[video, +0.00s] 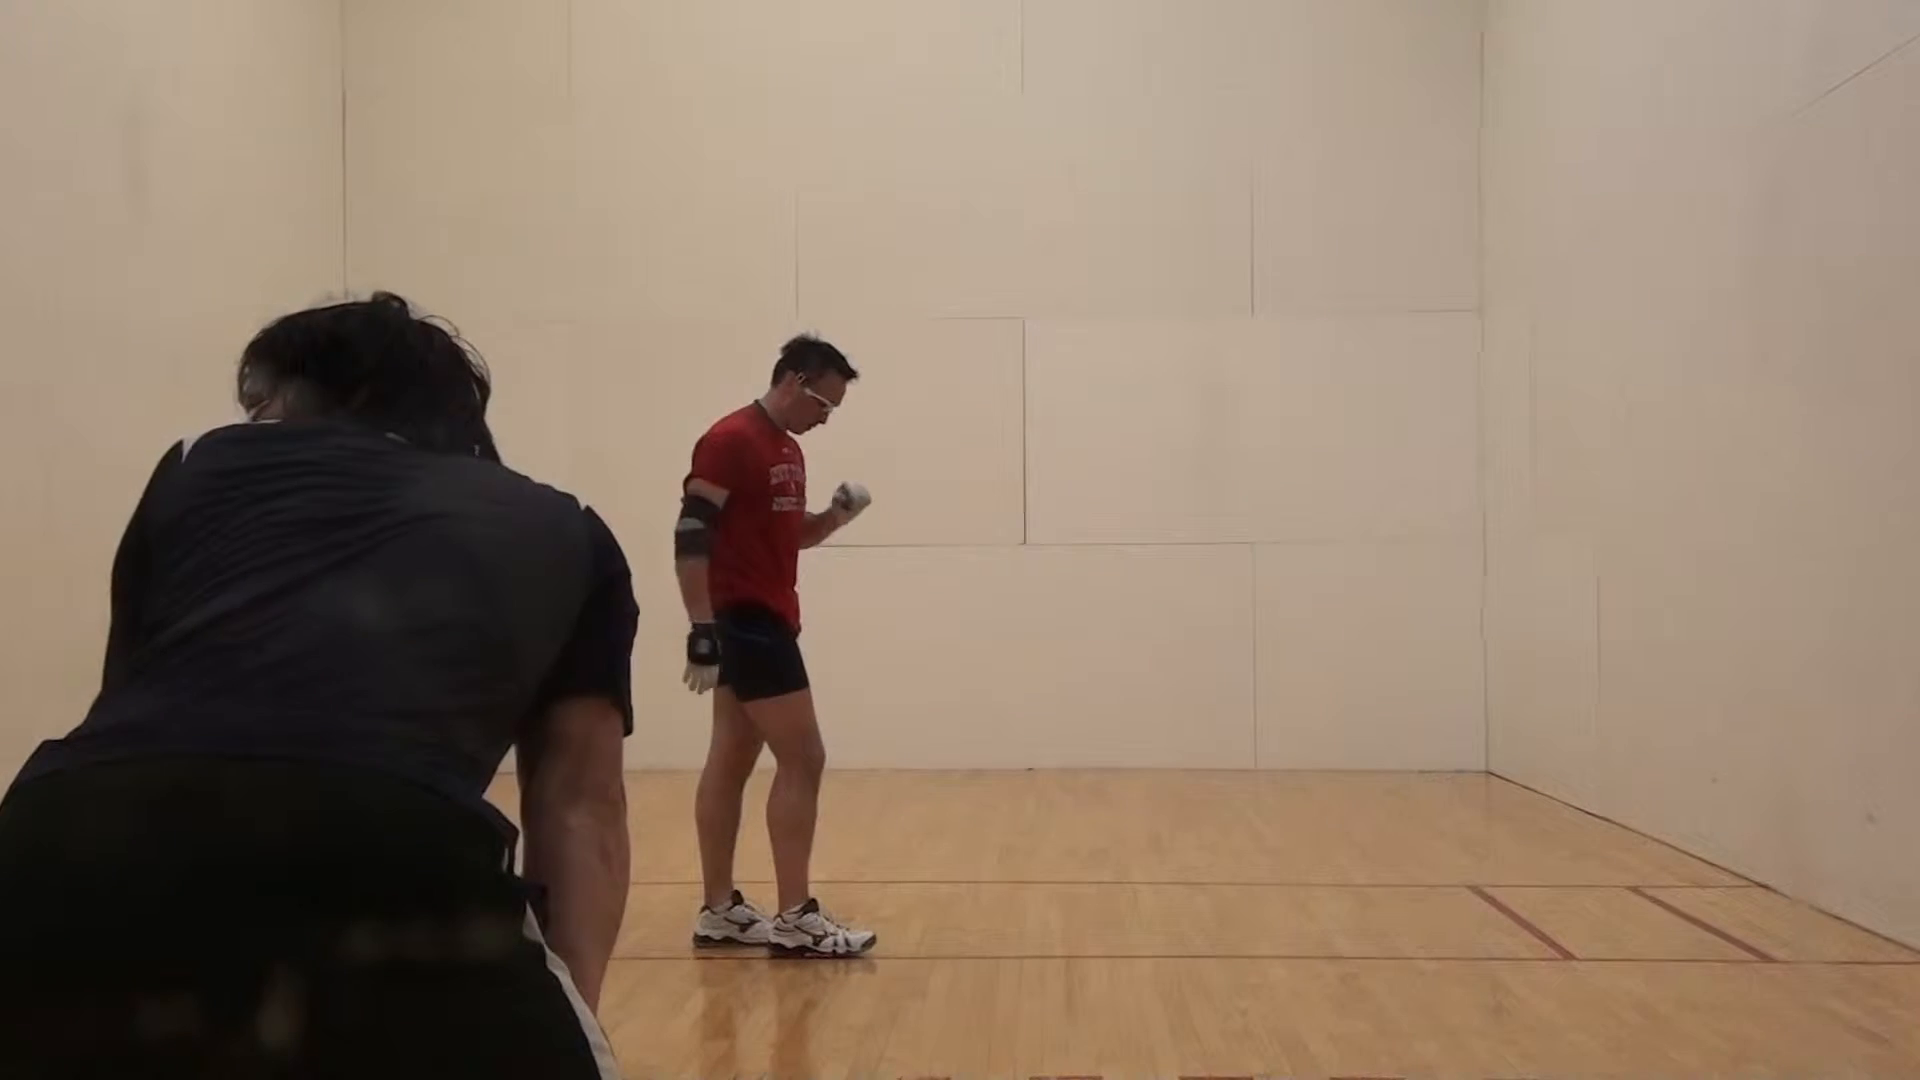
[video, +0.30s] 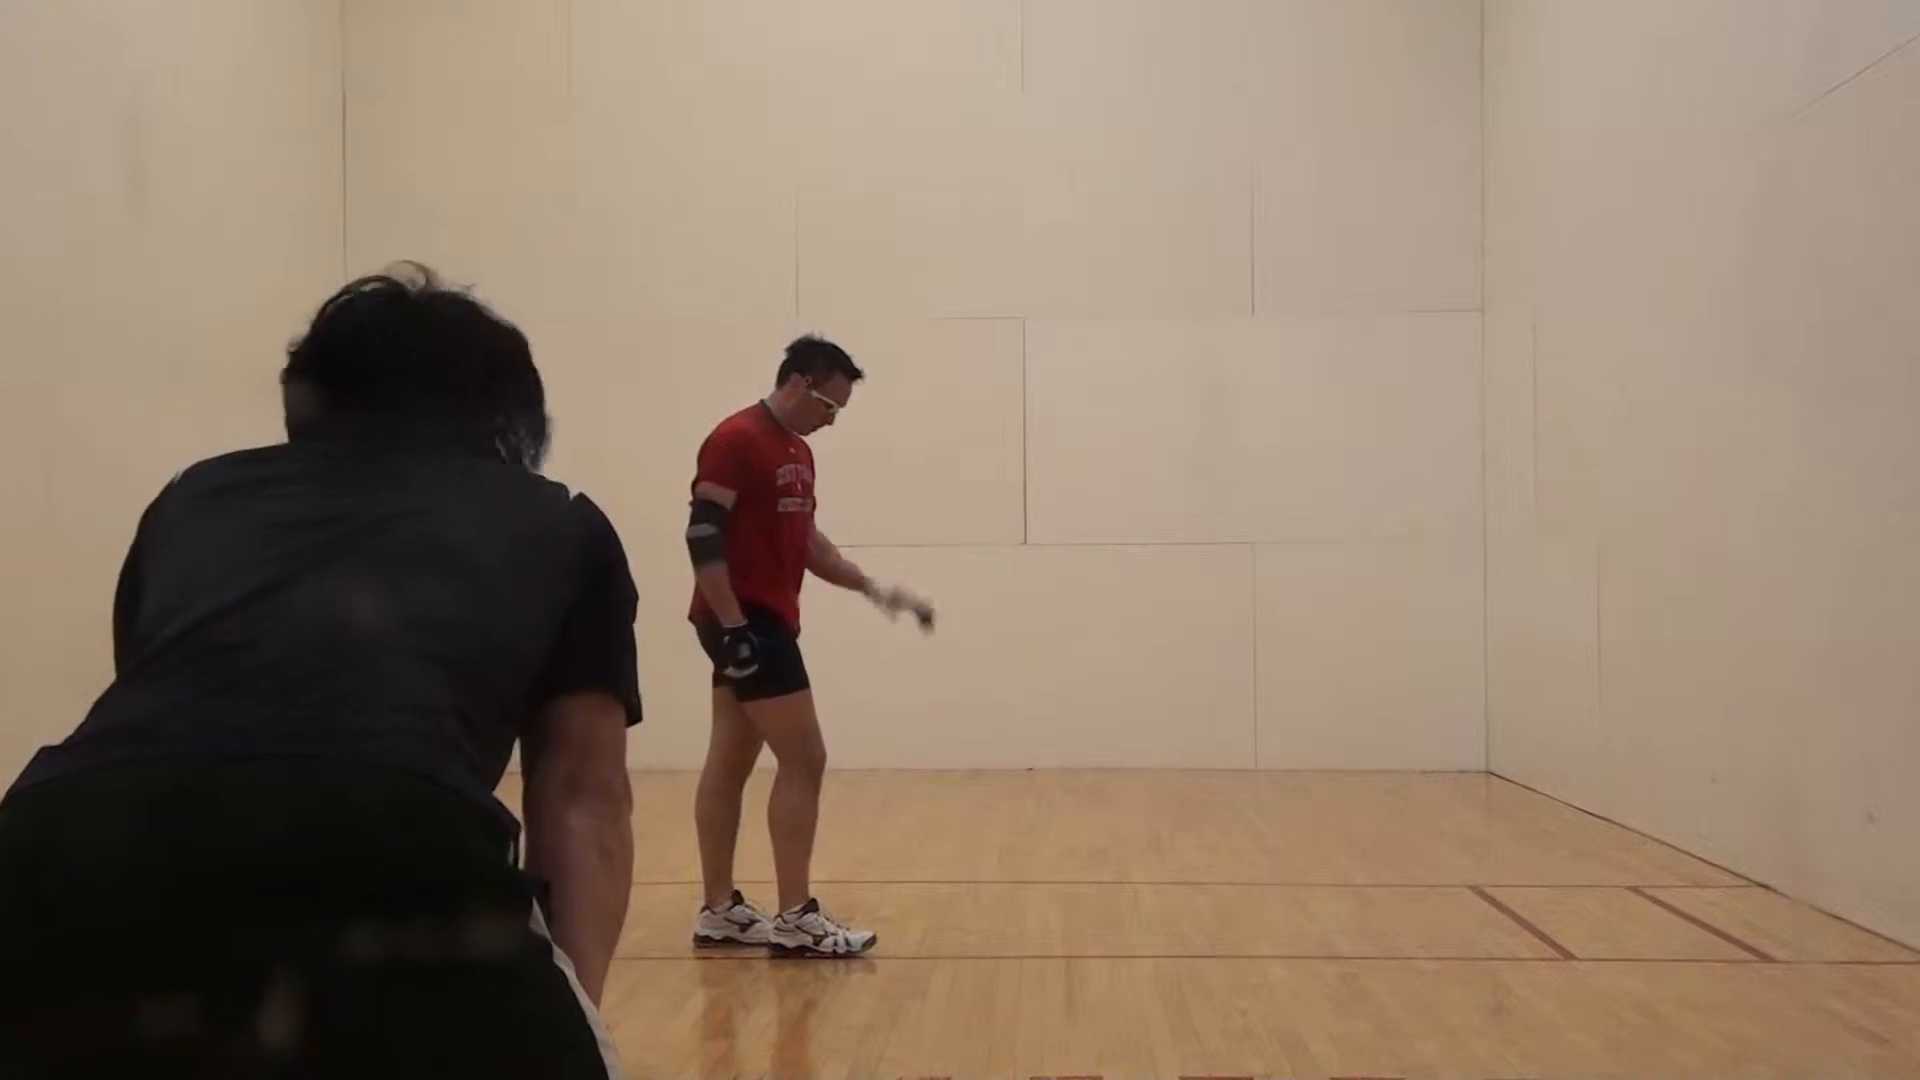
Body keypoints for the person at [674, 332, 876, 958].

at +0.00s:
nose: (825, 418)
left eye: (831, 408)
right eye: (824, 403)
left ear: (801, 390)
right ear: (792, 383)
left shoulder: (783, 447)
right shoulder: (731, 440)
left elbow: (784, 536)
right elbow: (690, 536)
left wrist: (833, 517)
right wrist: (703, 629)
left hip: (758, 624)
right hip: (751, 627)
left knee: (729, 762)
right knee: (802, 758)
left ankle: (719, 908)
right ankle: (795, 914)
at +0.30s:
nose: (832, 417)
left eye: (838, 406)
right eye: (829, 402)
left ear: (806, 391)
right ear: (795, 384)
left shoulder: (796, 449)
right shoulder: (737, 440)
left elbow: (808, 543)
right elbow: (702, 538)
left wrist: (875, 590)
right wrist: (734, 629)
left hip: (760, 621)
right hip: (747, 625)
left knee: (729, 762)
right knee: (802, 758)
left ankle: (719, 907)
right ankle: (796, 914)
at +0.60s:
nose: (860, 419)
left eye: (866, 408)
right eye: (857, 404)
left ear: (832, 394)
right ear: (823, 386)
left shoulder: (816, 449)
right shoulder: (760, 442)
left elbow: (799, 549)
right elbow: (719, 542)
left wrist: (807, 625)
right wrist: (739, 633)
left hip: (775, 624)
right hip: (757, 626)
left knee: (738, 765)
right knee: (807, 759)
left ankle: (720, 908)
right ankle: (796, 915)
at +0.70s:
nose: (870, 421)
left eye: (876, 410)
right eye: (867, 407)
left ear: (840, 394)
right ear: (833, 388)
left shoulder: (821, 444)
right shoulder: (771, 444)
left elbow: (794, 541)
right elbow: (728, 547)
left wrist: (801, 617)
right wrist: (742, 639)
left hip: (775, 620)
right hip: (764, 624)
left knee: (748, 764)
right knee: (809, 761)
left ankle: (721, 907)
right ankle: (796, 915)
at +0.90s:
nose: (887, 429)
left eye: (893, 418)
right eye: (885, 414)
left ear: (858, 400)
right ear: (852, 395)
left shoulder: (832, 448)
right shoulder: (790, 450)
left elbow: (806, 548)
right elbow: (746, 556)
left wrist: (815, 618)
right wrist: (785, 641)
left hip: (781, 616)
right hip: (758, 618)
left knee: (774, 761)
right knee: (810, 762)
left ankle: (725, 904)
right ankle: (797, 914)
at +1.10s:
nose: (899, 442)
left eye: (905, 432)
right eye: (898, 428)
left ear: (872, 411)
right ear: (868, 408)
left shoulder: (841, 451)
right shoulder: (805, 460)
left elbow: (812, 557)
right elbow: (772, 565)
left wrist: (829, 627)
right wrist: (828, 638)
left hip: (776, 615)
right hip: (756, 616)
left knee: (795, 758)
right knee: (812, 761)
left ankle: (733, 895)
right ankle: (797, 914)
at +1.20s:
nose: (903, 448)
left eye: (909, 440)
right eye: (903, 435)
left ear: (879, 416)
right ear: (874, 413)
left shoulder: (843, 456)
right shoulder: (814, 465)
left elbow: (809, 567)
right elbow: (782, 577)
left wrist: (826, 638)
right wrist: (834, 651)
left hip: (771, 613)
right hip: (756, 616)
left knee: (797, 758)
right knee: (812, 761)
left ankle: (734, 895)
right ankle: (796, 914)